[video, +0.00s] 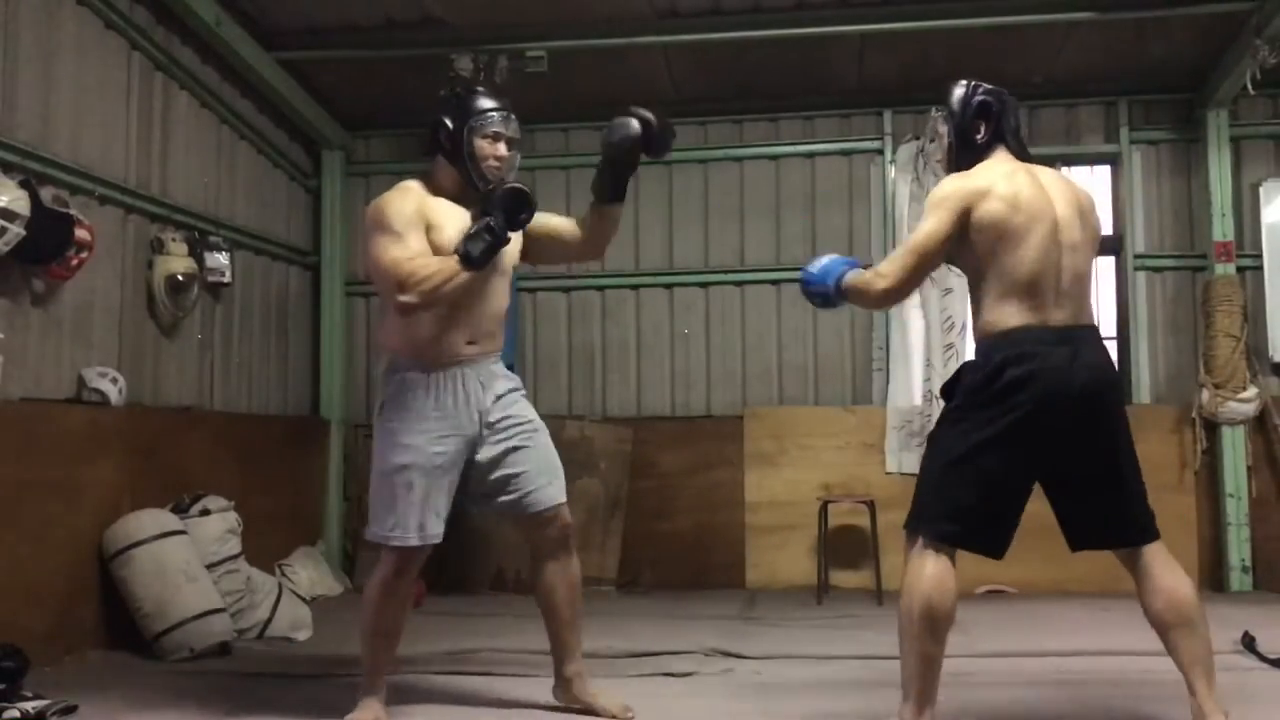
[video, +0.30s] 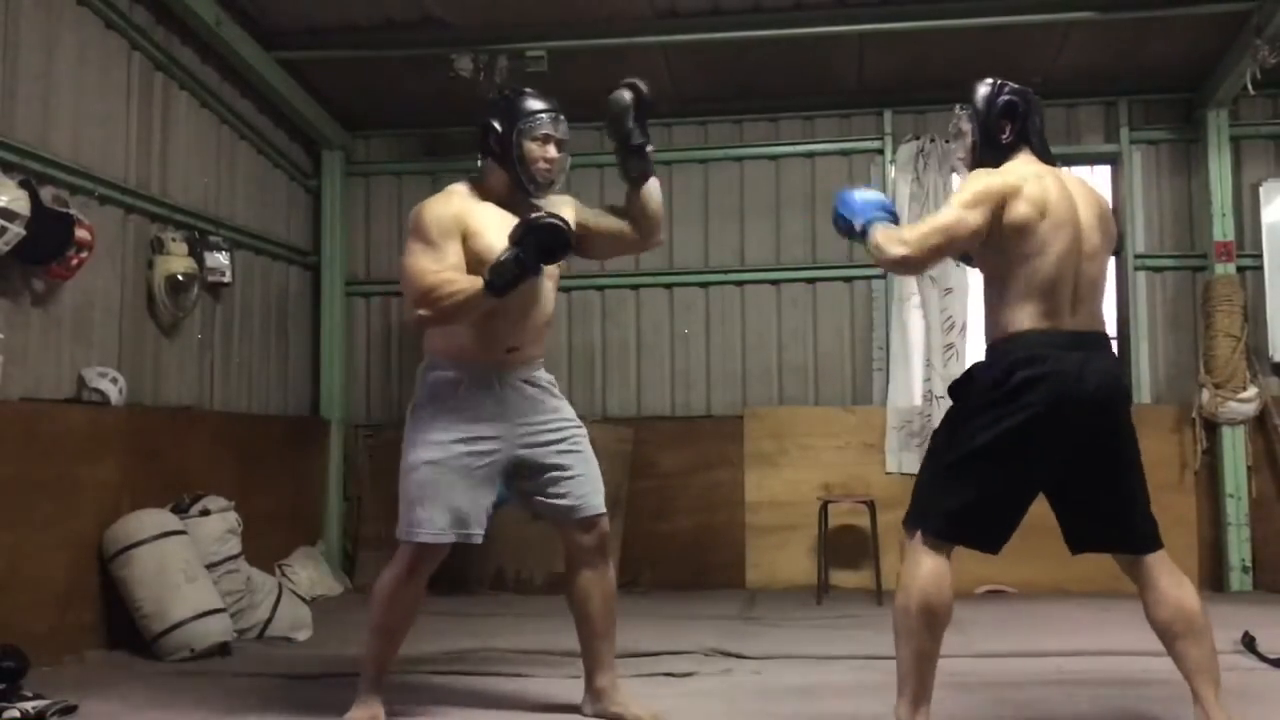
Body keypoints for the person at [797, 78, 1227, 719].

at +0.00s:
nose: (937, 145)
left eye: (940, 133)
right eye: (937, 132)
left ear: (966, 133)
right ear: (1008, 131)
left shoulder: (960, 189)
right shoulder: (1073, 190)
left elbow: (885, 287)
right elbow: (1073, 261)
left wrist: (837, 277)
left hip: (1006, 374)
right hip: (1089, 372)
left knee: (932, 542)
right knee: (1142, 544)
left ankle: (916, 709)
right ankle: (1210, 706)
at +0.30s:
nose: (961, 147)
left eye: (965, 133)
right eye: (960, 133)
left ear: (995, 132)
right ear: (1029, 132)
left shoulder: (992, 185)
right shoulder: (1091, 196)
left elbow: (905, 253)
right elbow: (1027, 263)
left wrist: (870, 222)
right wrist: (958, 242)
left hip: (1017, 377)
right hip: (1098, 378)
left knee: (930, 539)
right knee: (1147, 555)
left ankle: (911, 709)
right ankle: (1214, 709)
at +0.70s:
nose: (1006, 148)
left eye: (1008, 132)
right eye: (1003, 133)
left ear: (1034, 126)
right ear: (1080, 125)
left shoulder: (1051, 178)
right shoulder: (1140, 197)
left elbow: (1017, 287)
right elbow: (1148, 317)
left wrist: (942, 283)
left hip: (1061, 379)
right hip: (1136, 381)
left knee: (959, 530)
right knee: (1164, 559)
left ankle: (937, 707)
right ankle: (1236, 708)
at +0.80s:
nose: (998, 140)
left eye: (1004, 122)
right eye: (998, 123)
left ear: (1034, 122)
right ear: (1075, 122)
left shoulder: (1050, 173)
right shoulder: (1132, 194)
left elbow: (1040, 274)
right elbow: (1127, 308)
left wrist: (956, 280)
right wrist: (1015, 256)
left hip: (1053, 383)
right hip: (1130, 384)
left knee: (964, 538)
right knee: (1163, 560)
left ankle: (946, 710)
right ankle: (1235, 708)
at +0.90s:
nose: (985, 141)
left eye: (991, 124)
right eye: (984, 125)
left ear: (1023, 124)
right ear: (1058, 124)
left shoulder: (1038, 180)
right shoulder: (1116, 191)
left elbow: (1018, 285)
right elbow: (1090, 282)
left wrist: (941, 288)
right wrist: (1001, 252)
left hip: (1046, 386)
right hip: (1121, 384)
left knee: (965, 545)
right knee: (1154, 561)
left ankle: (948, 713)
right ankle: (1234, 707)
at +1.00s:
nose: (968, 139)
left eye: (972, 122)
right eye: (967, 123)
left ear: (1003, 120)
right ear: (1037, 118)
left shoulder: (1023, 174)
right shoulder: (1100, 178)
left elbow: (998, 277)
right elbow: (1074, 263)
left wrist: (926, 260)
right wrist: (991, 231)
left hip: (1041, 378)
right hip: (1118, 376)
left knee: (970, 547)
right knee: (1158, 553)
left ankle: (948, 713)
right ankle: (1237, 708)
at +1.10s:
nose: (963, 135)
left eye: (967, 123)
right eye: (963, 122)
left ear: (997, 122)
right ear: (1034, 119)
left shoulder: (1010, 170)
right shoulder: (1096, 175)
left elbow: (947, 256)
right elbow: (1043, 243)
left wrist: (888, 224)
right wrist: (978, 198)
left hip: (1040, 371)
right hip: (1119, 368)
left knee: (971, 552)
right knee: (1167, 555)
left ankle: (949, 713)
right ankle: (1238, 709)